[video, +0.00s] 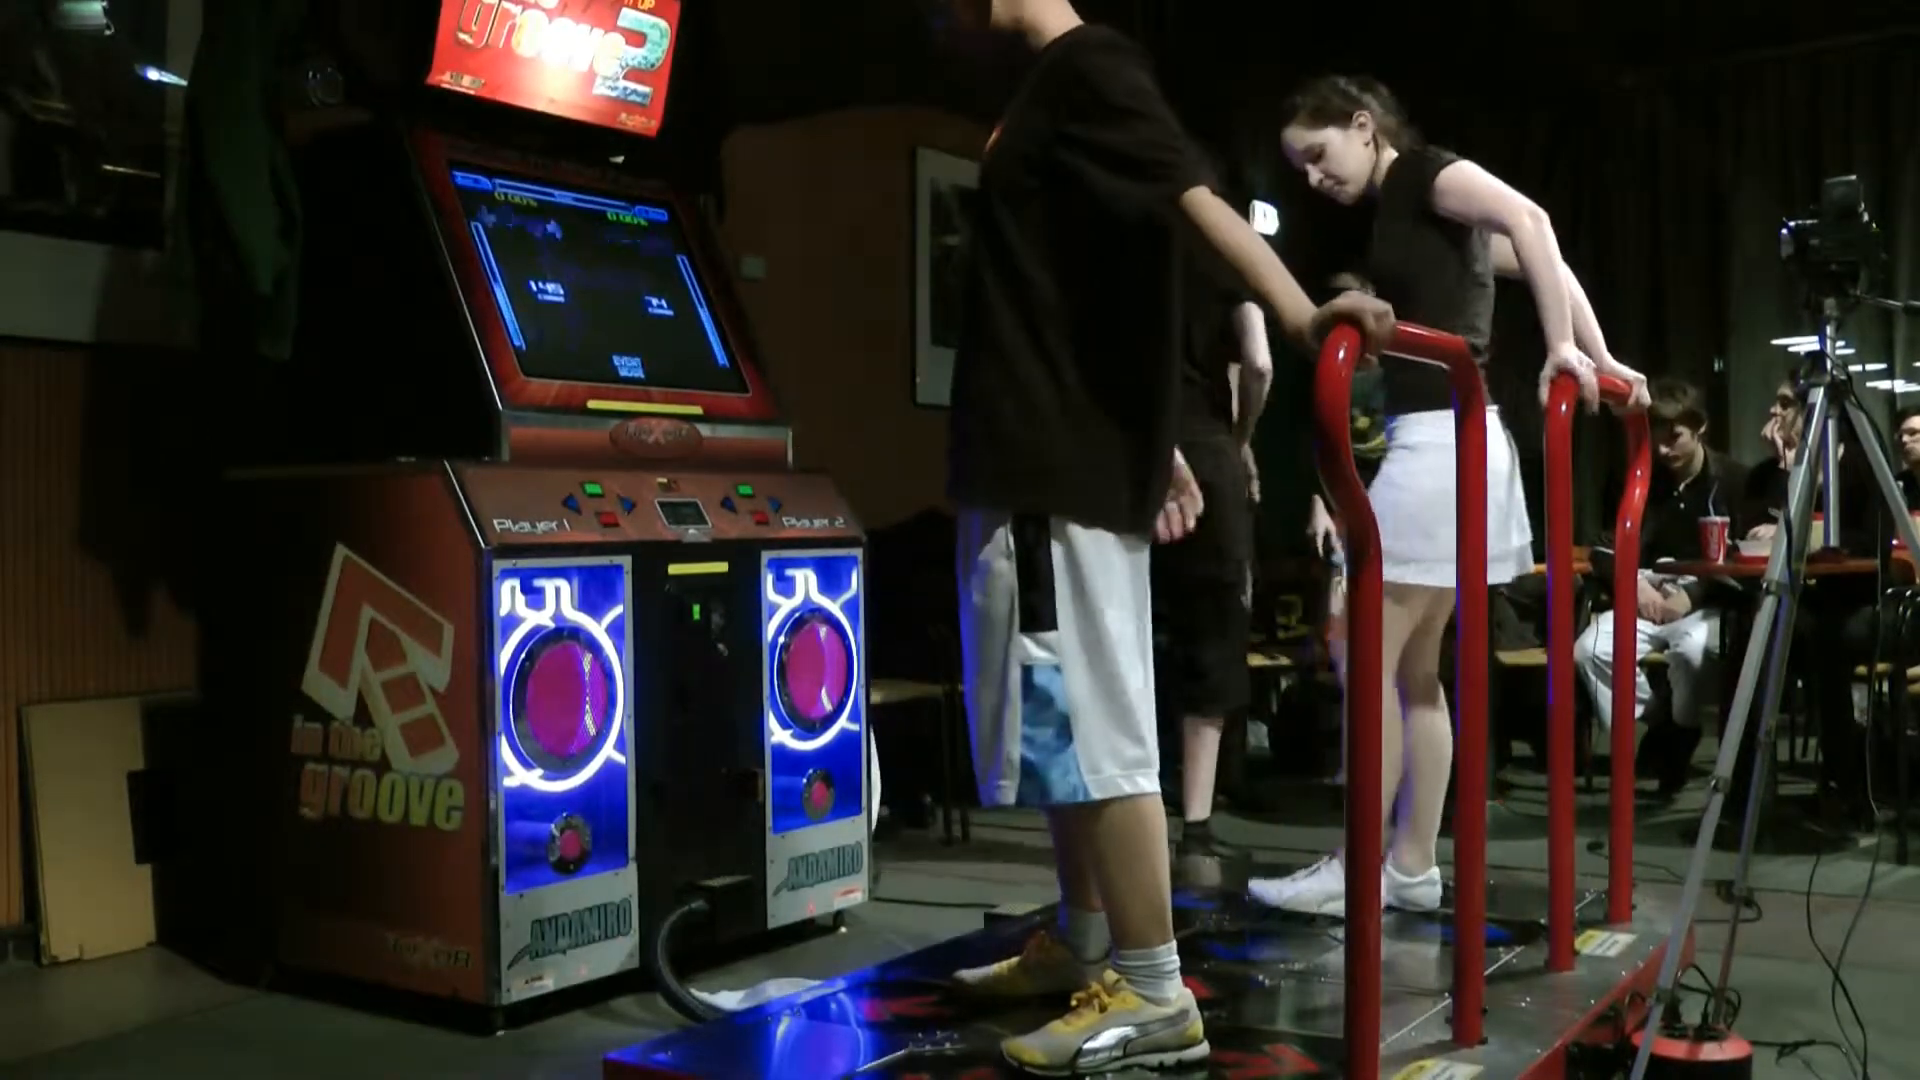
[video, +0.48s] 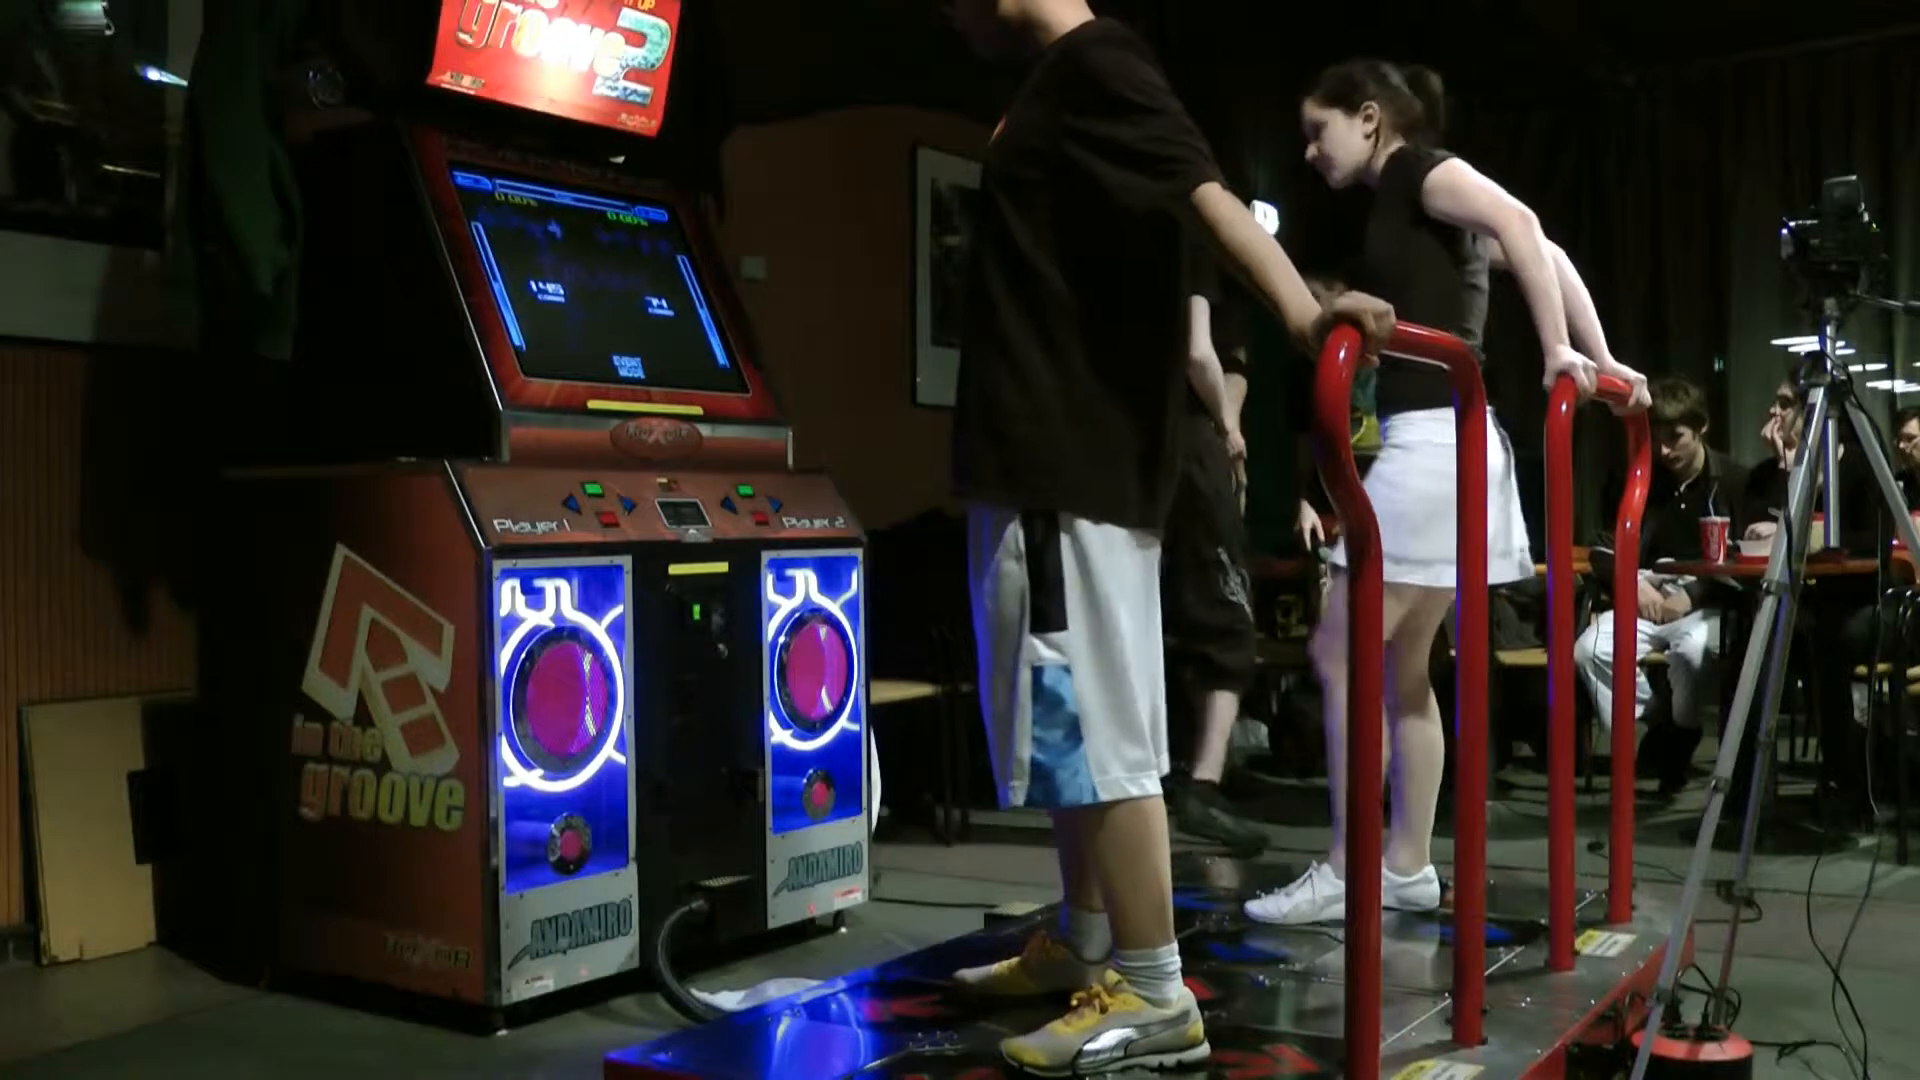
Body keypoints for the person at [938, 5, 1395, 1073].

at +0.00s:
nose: (968, 20)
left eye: (972, 8)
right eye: (968, 15)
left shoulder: (1090, 73)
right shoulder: (1047, 97)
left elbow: (1203, 205)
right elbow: (1103, 300)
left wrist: (1308, 317)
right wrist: (1157, 447)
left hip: (1079, 472)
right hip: (1040, 469)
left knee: (1105, 737)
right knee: (1053, 728)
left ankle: (1154, 992)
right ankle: (1086, 940)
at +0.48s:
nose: (967, 20)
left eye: (971, 8)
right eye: (967, 13)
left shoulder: (1099, 68)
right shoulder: (1051, 91)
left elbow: (1208, 193)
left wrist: (1307, 311)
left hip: (1089, 474)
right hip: (1039, 471)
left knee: (1110, 741)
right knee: (1063, 731)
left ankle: (1154, 994)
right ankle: (1087, 942)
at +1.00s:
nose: (978, 19)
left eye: (982, 8)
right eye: (980, 14)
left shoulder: (1106, 66)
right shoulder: (1054, 90)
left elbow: (1215, 193)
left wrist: (1313, 314)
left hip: (1094, 470)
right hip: (1039, 470)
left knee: (1106, 730)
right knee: (1056, 725)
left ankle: (1150, 988)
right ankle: (1085, 942)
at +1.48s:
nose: (996, 16)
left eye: (1002, 4)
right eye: (998, 10)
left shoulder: (1095, 51)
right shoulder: (1131, 64)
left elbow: (1227, 174)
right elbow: (1217, 257)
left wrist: (1322, 300)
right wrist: (1194, 385)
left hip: (1092, 458)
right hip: (1156, 455)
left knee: (1049, 723)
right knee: (1118, 715)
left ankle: (1094, 992)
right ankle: (1085, 956)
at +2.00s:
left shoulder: (1047, 35)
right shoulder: (1198, 51)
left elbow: (1219, 145)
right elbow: (1336, 167)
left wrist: (1336, 282)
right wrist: (1433, 308)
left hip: (1109, 438)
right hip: (1215, 444)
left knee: (1076, 714)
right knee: (1178, 703)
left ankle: (1093, 998)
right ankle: (1173, 946)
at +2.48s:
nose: (1062, 24)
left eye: (1063, 17)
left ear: (1091, 5)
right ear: (1166, 3)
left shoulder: (1089, 47)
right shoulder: (1247, 65)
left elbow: (1227, 126)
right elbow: (1360, 191)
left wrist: (1296, 311)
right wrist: (1435, 318)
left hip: (1127, 427)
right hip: (1241, 441)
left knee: (1098, 708)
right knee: (1171, 706)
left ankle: (1093, 992)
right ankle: (1155, 960)